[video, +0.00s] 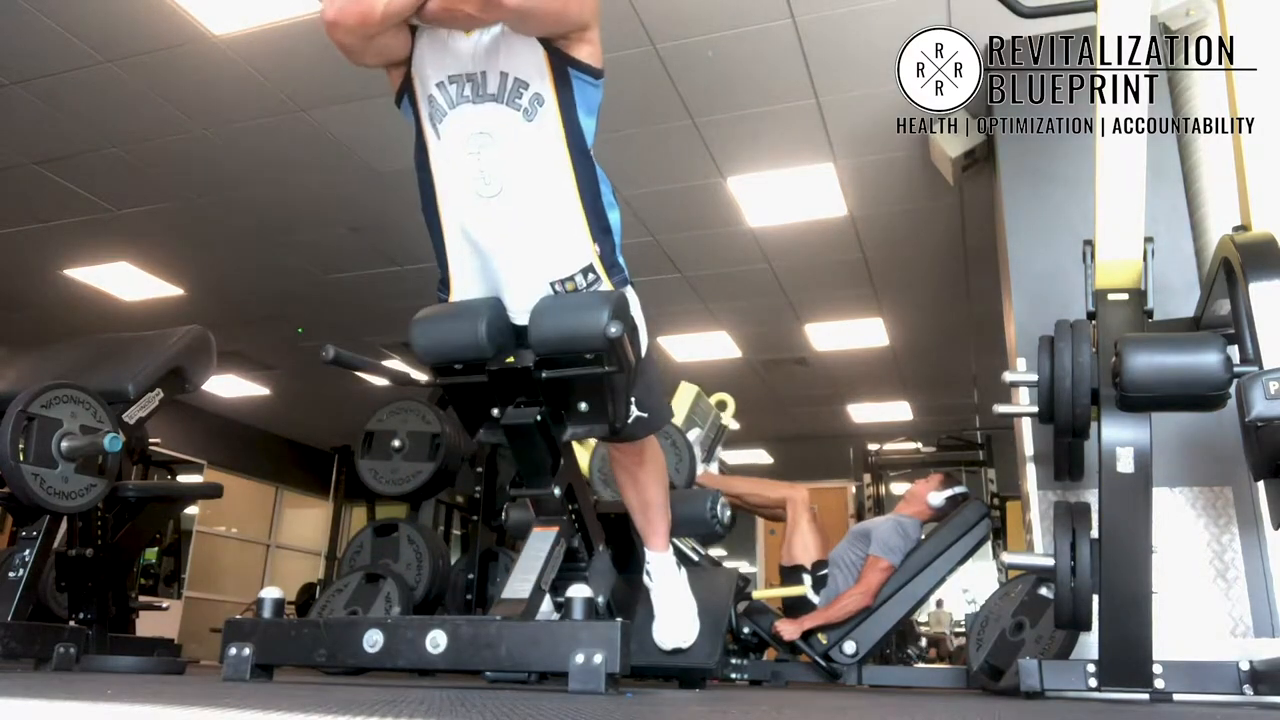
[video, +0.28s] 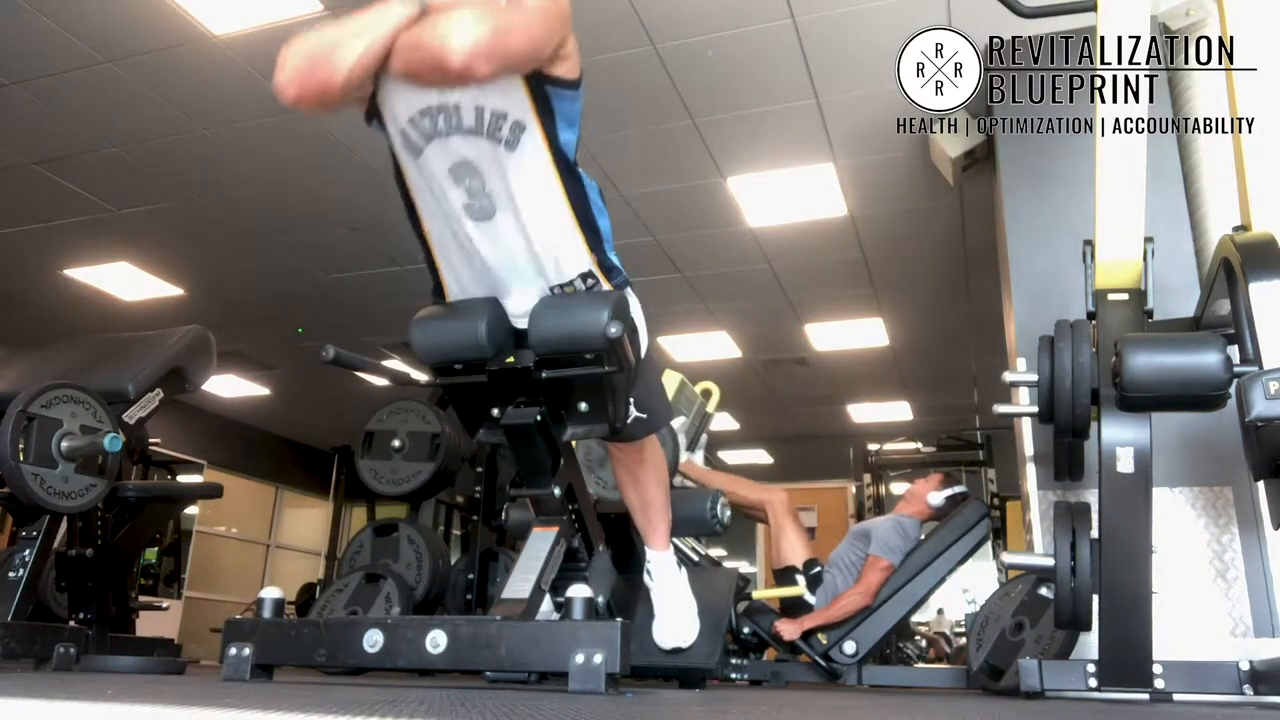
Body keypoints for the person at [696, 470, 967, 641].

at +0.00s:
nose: (920, 479)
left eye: (928, 480)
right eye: (927, 476)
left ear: (931, 498)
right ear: (933, 505)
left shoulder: (895, 528)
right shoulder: (902, 526)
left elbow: (865, 595)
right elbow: (865, 593)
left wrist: (801, 624)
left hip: (813, 603)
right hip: (819, 598)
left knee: (798, 497)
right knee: (797, 502)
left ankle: (704, 476)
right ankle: (720, 488)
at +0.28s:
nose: (919, 479)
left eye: (928, 479)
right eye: (927, 476)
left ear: (933, 499)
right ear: (933, 501)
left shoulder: (896, 529)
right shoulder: (901, 528)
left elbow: (864, 595)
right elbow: (864, 593)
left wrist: (802, 624)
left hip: (809, 604)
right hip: (814, 598)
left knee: (777, 497)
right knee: (778, 503)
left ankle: (686, 465)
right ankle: (700, 472)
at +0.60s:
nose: (919, 479)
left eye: (927, 479)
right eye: (926, 476)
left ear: (932, 498)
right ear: (931, 501)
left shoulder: (895, 529)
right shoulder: (900, 528)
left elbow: (865, 595)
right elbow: (865, 594)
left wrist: (801, 624)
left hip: (808, 606)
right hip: (813, 599)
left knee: (756, 507)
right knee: (756, 507)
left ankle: (676, 461)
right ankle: (686, 464)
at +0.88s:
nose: (919, 479)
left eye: (927, 480)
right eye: (926, 477)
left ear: (929, 499)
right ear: (930, 505)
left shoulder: (897, 527)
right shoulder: (901, 526)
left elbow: (865, 595)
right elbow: (864, 593)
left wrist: (802, 624)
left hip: (811, 604)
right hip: (817, 600)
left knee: (785, 500)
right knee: (786, 504)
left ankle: (695, 471)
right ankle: (707, 476)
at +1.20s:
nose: (916, 481)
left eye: (926, 480)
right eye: (925, 478)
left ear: (930, 497)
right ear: (934, 505)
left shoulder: (895, 528)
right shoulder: (904, 528)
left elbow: (865, 595)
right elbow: (865, 593)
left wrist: (802, 624)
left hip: (818, 608)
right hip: (824, 602)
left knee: (822, 498)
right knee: (820, 506)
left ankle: (722, 493)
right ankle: (732, 506)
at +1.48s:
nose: (918, 482)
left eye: (927, 481)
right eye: (926, 478)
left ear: (932, 499)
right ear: (934, 501)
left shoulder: (898, 529)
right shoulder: (904, 527)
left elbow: (865, 594)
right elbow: (864, 591)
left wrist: (801, 624)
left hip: (816, 604)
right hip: (823, 600)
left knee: (839, 500)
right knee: (841, 506)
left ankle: (734, 506)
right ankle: (747, 516)